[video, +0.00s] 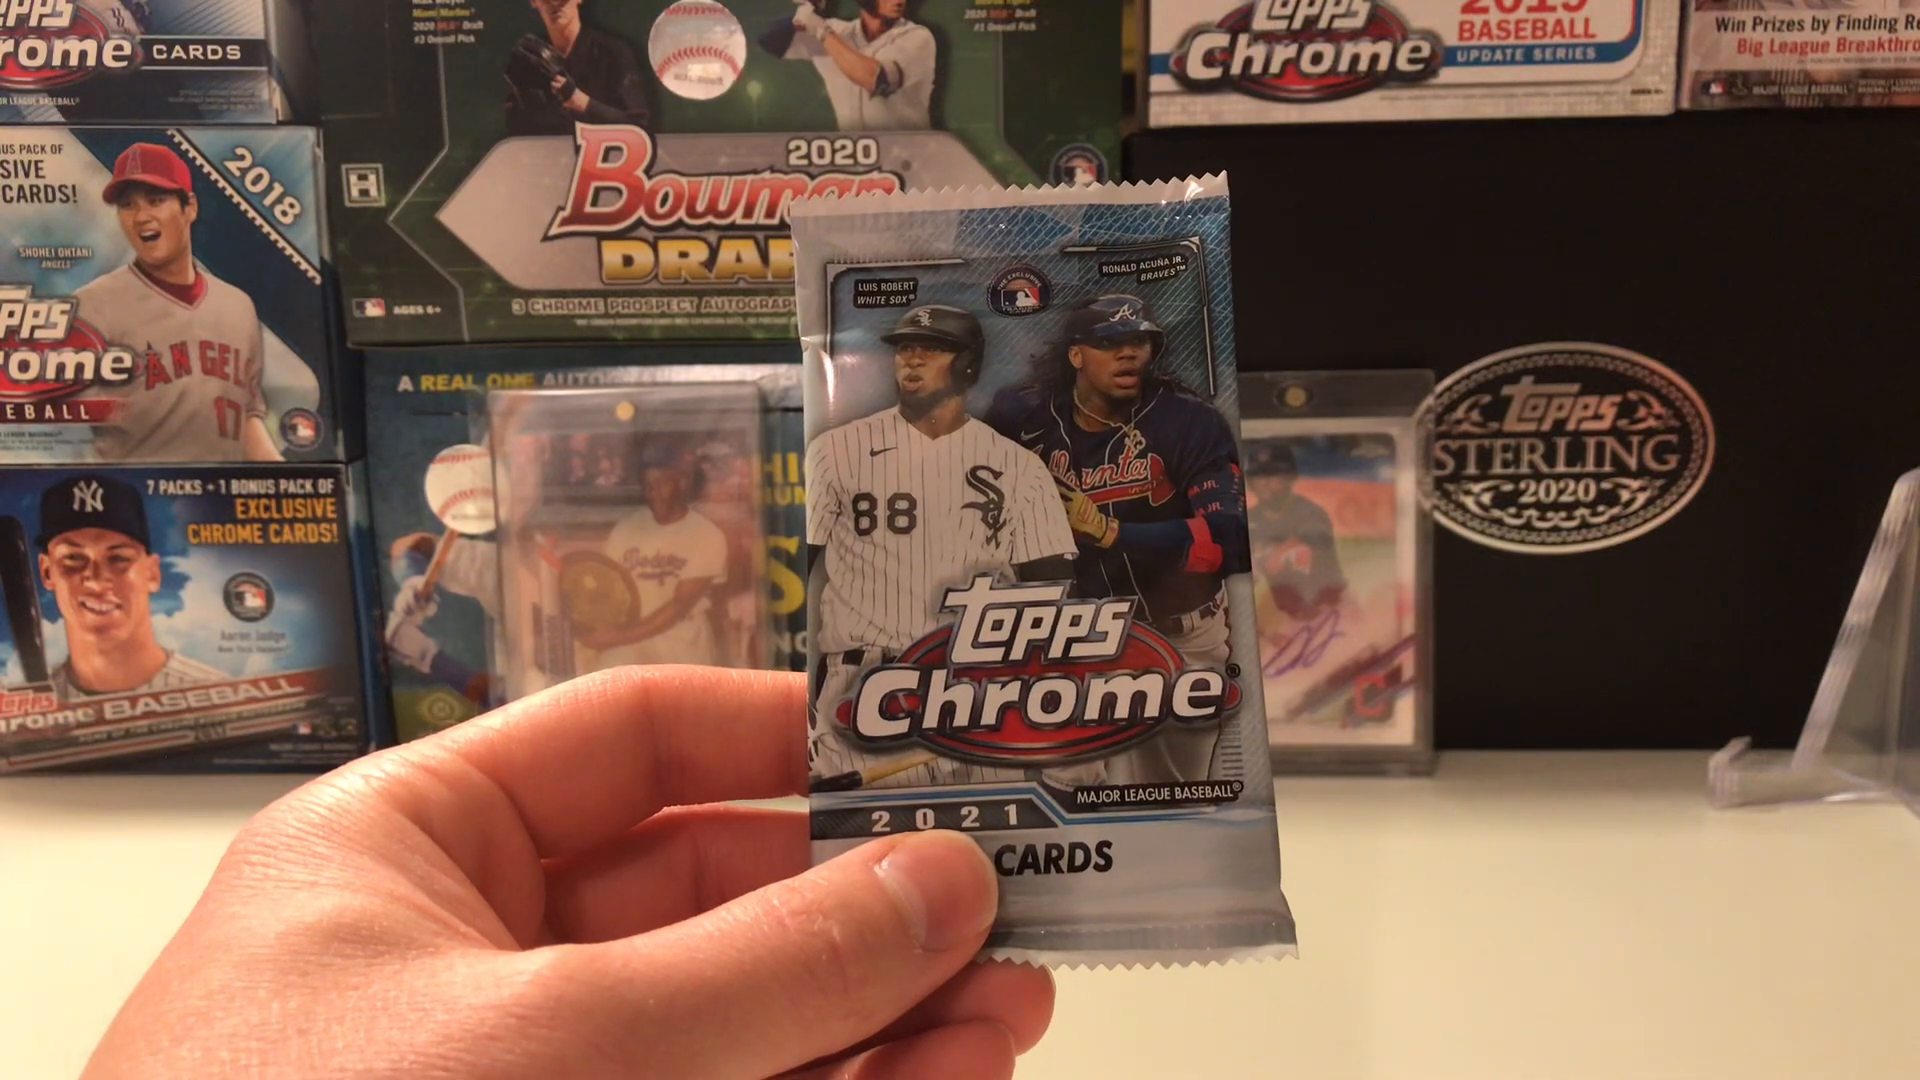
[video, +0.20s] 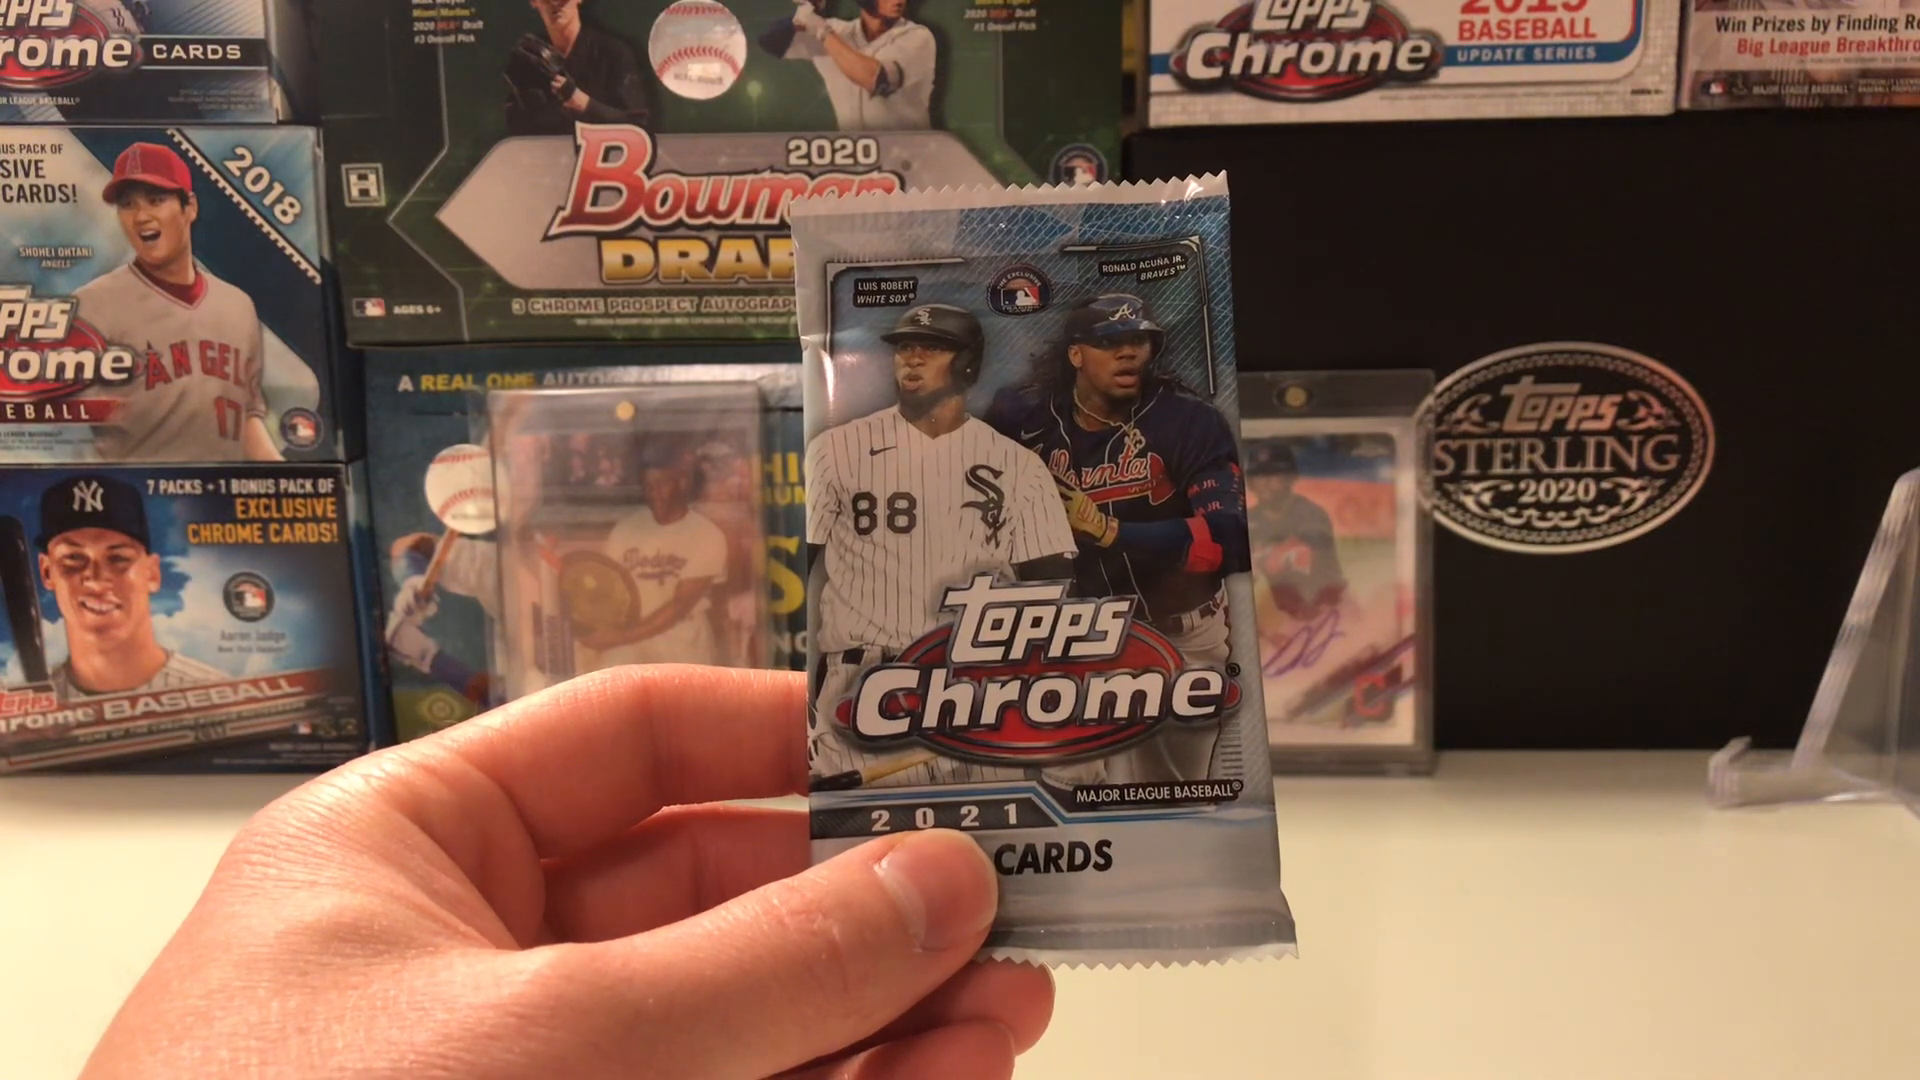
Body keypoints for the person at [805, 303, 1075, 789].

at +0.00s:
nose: (911, 360)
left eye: (929, 348)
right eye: (904, 348)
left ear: (966, 364)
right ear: (893, 358)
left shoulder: (1019, 468)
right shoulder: (833, 454)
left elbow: (1050, 590)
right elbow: (802, 578)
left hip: (975, 694)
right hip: (857, 693)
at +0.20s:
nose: (911, 359)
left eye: (929, 347)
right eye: (904, 347)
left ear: (965, 363)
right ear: (893, 358)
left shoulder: (1018, 467)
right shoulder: (833, 453)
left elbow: (1050, 588)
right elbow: (800, 578)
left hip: (975, 695)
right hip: (856, 694)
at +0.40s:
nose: (913, 359)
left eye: (931, 347)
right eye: (906, 347)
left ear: (967, 363)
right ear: (895, 358)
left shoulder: (1020, 468)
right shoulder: (834, 453)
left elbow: (1051, 591)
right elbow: (808, 578)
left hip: (975, 699)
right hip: (857, 696)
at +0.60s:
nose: (913, 358)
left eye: (931, 347)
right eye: (906, 346)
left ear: (967, 362)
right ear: (895, 357)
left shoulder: (1020, 467)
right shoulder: (836, 452)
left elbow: (1051, 588)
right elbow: (808, 575)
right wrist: (811, 699)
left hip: (975, 696)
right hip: (857, 694)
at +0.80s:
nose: (916, 359)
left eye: (934, 348)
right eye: (908, 348)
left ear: (968, 363)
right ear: (897, 358)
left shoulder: (1022, 469)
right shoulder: (840, 452)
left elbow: (1052, 590)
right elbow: (805, 574)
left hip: (976, 699)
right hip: (857, 697)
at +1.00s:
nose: (921, 363)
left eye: (938, 351)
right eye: (913, 350)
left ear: (973, 366)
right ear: (902, 361)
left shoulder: (1026, 470)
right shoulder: (848, 453)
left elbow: (1056, 592)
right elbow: (813, 577)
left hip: (980, 699)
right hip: (861, 696)